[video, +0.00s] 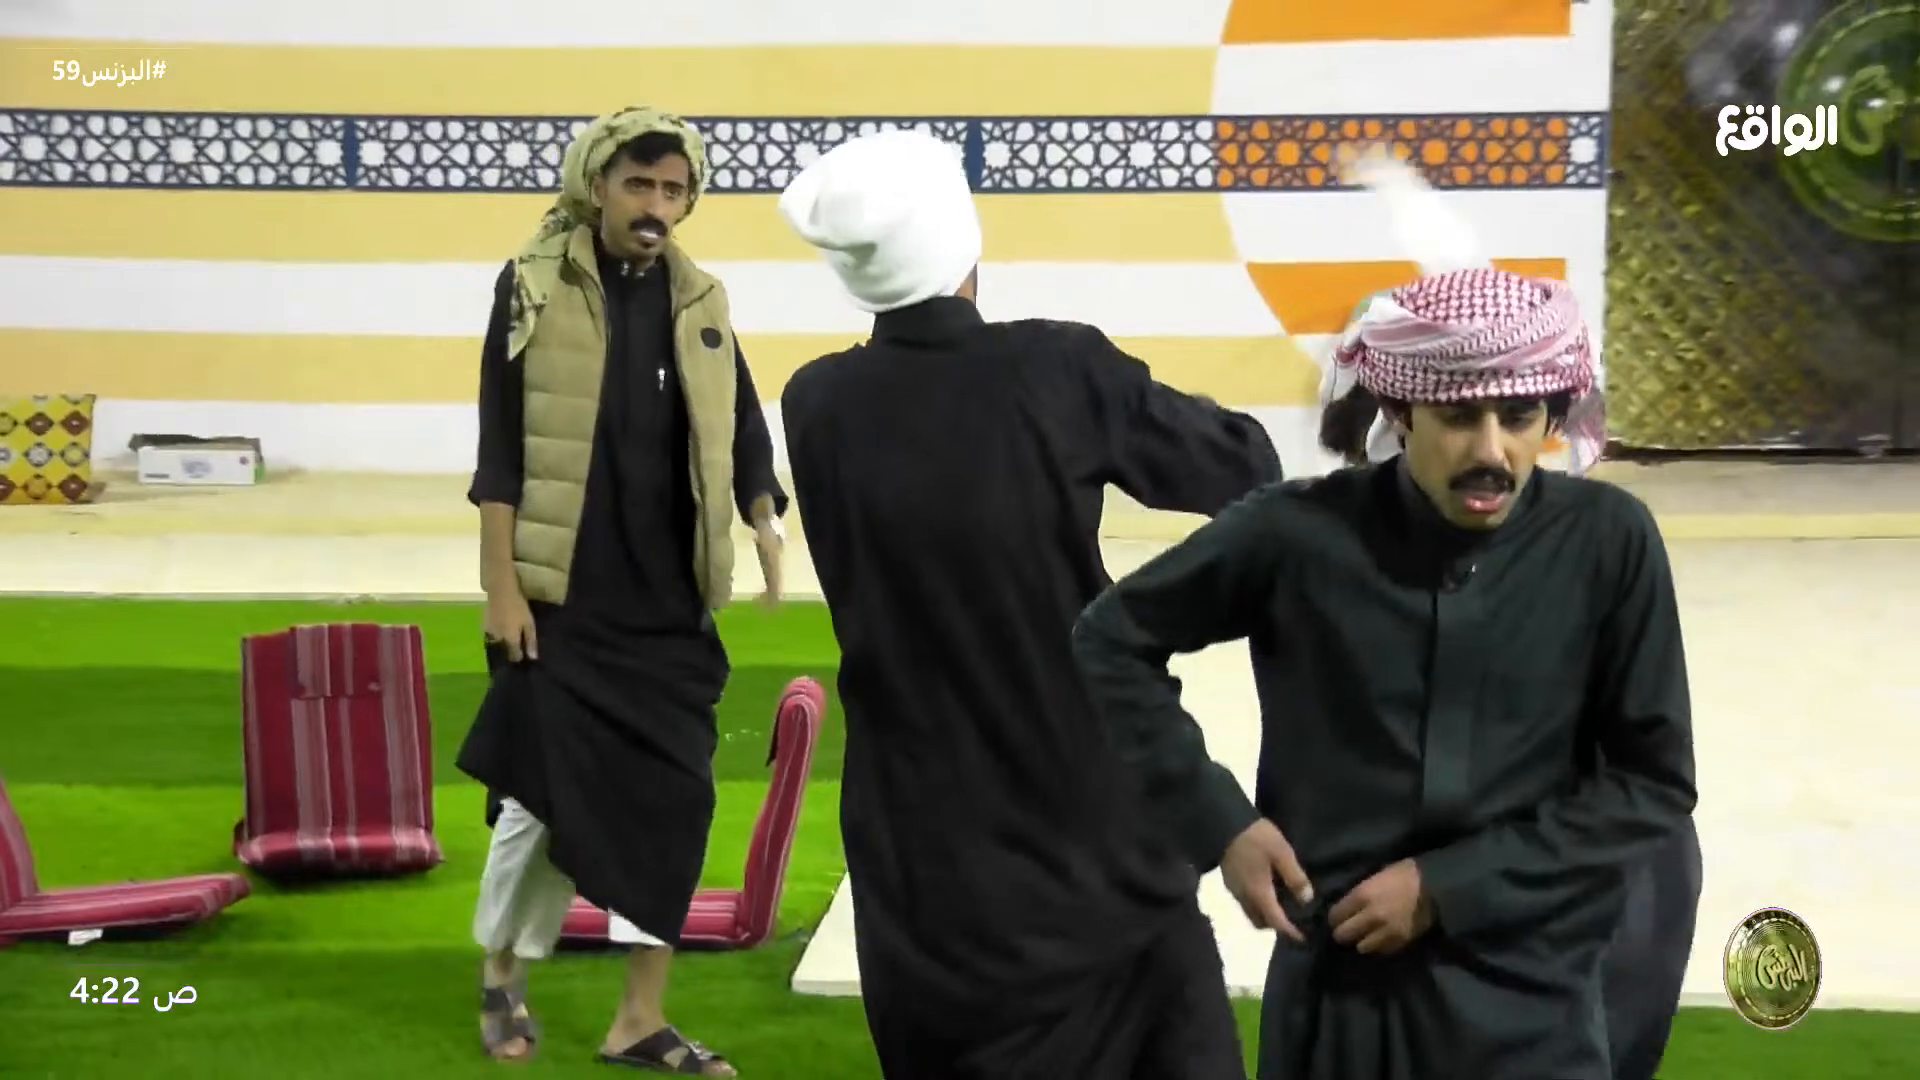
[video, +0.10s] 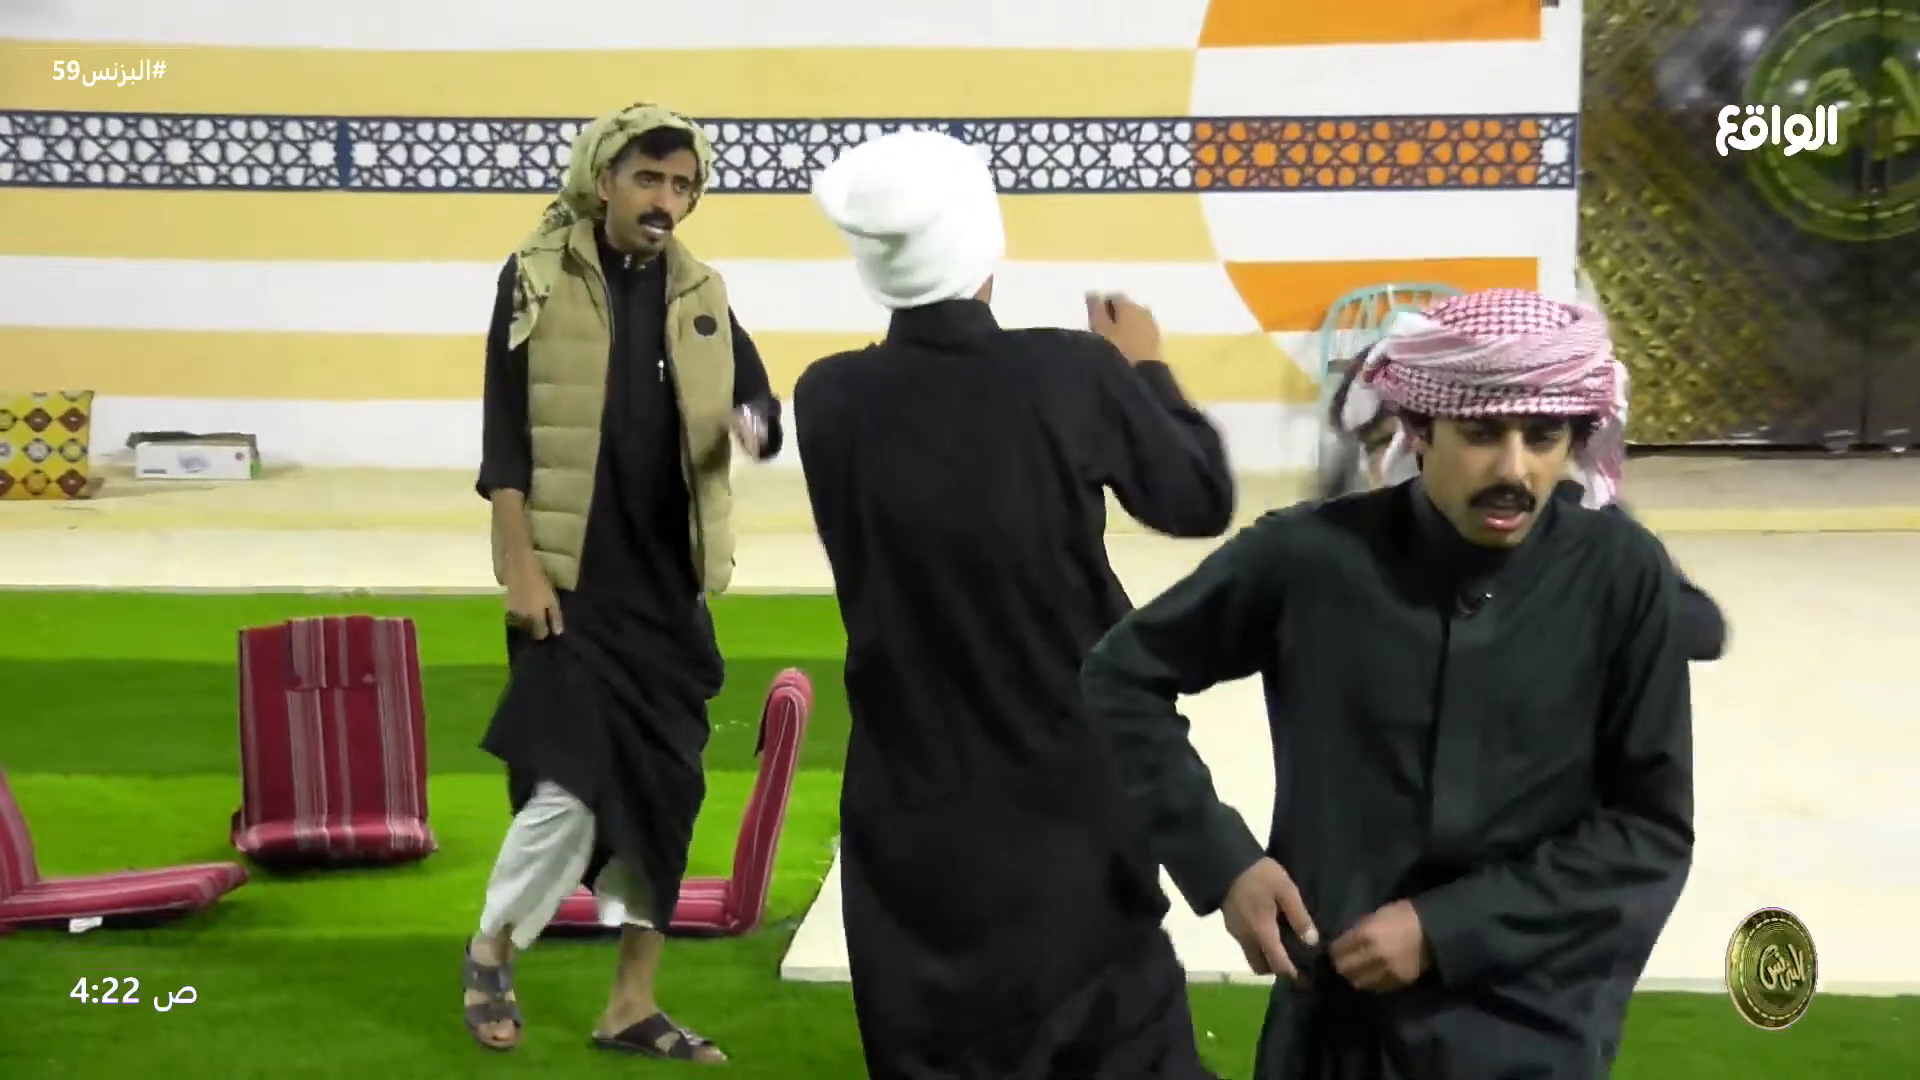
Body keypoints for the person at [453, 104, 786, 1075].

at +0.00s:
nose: (657, 206)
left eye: (674, 191)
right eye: (639, 186)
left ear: (690, 201)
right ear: (594, 186)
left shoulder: (698, 295)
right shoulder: (535, 286)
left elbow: (742, 416)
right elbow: (499, 440)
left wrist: (767, 530)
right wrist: (500, 581)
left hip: (672, 594)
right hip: (561, 592)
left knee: (677, 795)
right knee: (543, 795)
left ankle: (640, 1021)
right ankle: (504, 979)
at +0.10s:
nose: (665, 200)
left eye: (680, 185)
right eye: (648, 179)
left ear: (693, 196)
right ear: (599, 179)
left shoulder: (697, 289)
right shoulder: (538, 278)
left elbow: (757, 395)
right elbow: (505, 428)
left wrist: (754, 419)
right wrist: (517, 561)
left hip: (669, 582)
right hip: (568, 578)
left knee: (663, 784)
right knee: (572, 782)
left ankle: (632, 1007)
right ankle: (491, 953)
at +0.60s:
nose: (622, 201)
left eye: (631, 186)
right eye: (604, 185)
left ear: (635, 190)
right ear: (551, 186)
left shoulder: (637, 287)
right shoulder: (502, 288)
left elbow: (672, 411)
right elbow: (481, 442)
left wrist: (723, 510)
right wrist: (515, 571)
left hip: (628, 569)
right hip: (538, 573)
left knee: (627, 765)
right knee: (543, 775)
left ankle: (606, 953)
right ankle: (526, 989)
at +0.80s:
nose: (642, 217)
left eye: (649, 200)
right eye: (625, 200)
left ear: (644, 204)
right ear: (569, 203)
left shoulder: (616, 295)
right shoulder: (528, 300)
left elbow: (619, 431)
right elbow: (513, 452)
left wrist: (635, 555)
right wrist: (533, 576)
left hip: (599, 566)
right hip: (534, 574)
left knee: (601, 753)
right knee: (542, 771)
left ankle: (598, 940)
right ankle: (536, 975)